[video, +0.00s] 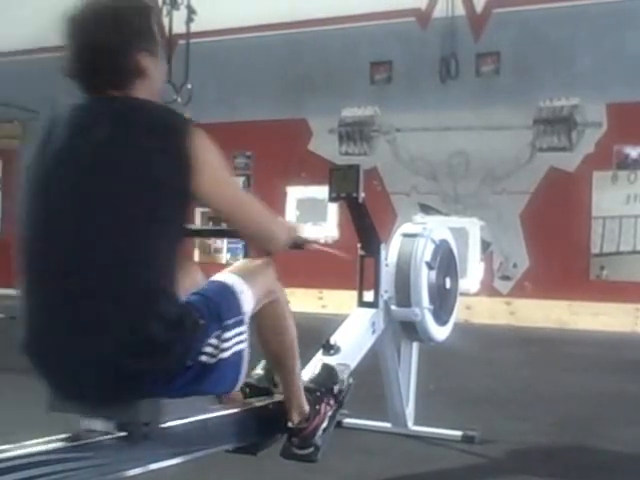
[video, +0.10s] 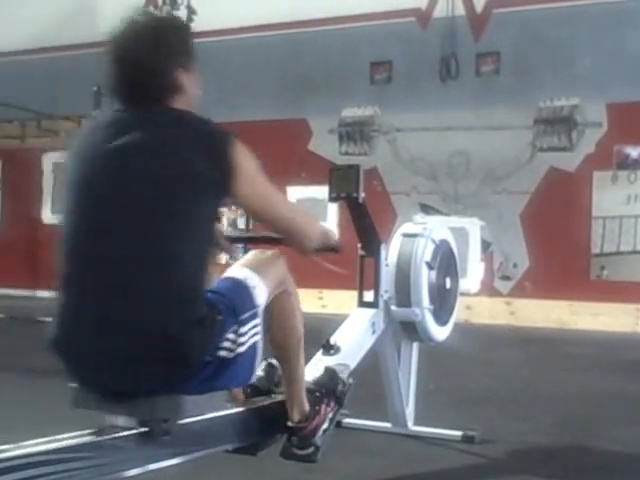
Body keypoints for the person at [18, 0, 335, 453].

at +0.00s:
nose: (166, 66)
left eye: (162, 52)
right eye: (161, 51)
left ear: (83, 63)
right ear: (142, 59)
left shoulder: (56, 131)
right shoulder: (171, 133)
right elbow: (270, 235)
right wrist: (287, 233)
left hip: (61, 366)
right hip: (142, 368)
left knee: (183, 268)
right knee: (265, 273)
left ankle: (233, 406)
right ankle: (299, 414)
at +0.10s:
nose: (197, 80)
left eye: (195, 67)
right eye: (194, 68)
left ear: (124, 77)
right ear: (179, 77)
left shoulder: (91, 140)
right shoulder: (210, 144)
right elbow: (299, 230)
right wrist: (321, 235)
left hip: (89, 363)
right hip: (170, 365)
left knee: (211, 264)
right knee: (274, 265)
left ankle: (241, 410)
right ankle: (300, 411)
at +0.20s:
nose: (231, 95)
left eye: (228, 84)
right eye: (227, 84)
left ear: (161, 90)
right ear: (214, 93)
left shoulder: (128, 147)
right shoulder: (242, 154)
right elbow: (328, 228)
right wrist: (345, 246)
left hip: (114, 359)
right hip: (198, 363)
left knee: (229, 249)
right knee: (281, 255)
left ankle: (254, 384)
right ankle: (300, 412)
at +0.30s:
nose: (258, 114)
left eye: (256, 103)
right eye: (256, 104)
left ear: (187, 106)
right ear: (244, 109)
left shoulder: (157, 153)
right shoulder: (261, 161)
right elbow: (338, 223)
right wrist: (362, 247)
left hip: (134, 358)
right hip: (215, 361)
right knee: (294, 249)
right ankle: (300, 412)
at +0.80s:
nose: (202, 76)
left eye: (199, 65)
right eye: (198, 65)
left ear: (127, 76)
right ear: (185, 77)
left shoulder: (104, 139)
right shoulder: (218, 146)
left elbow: (143, 219)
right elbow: (293, 209)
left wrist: (225, 231)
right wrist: (332, 234)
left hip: (85, 357)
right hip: (171, 361)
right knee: (264, 264)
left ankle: (237, 403)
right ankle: (299, 408)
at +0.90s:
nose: (168, 53)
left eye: (164, 42)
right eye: (163, 43)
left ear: (85, 58)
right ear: (147, 57)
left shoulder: (61, 130)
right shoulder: (182, 132)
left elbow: (109, 213)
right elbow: (268, 200)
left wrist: (196, 230)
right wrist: (308, 229)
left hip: (59, 360)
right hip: (149, 362)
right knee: (254, 279)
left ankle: (235, 398)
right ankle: (300, 410)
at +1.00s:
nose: (120, 44)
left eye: (114, 33)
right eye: (113, 33)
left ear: (36, 50)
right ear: (97, 44)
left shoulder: (18, 122)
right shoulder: (129, 118)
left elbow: (70, 211)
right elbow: (234, 194)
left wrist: (164, 226)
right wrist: (282, 225)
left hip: (32, 370)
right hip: (119, 361)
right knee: (245, 303)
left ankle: (246, 407)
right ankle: (302, 413)